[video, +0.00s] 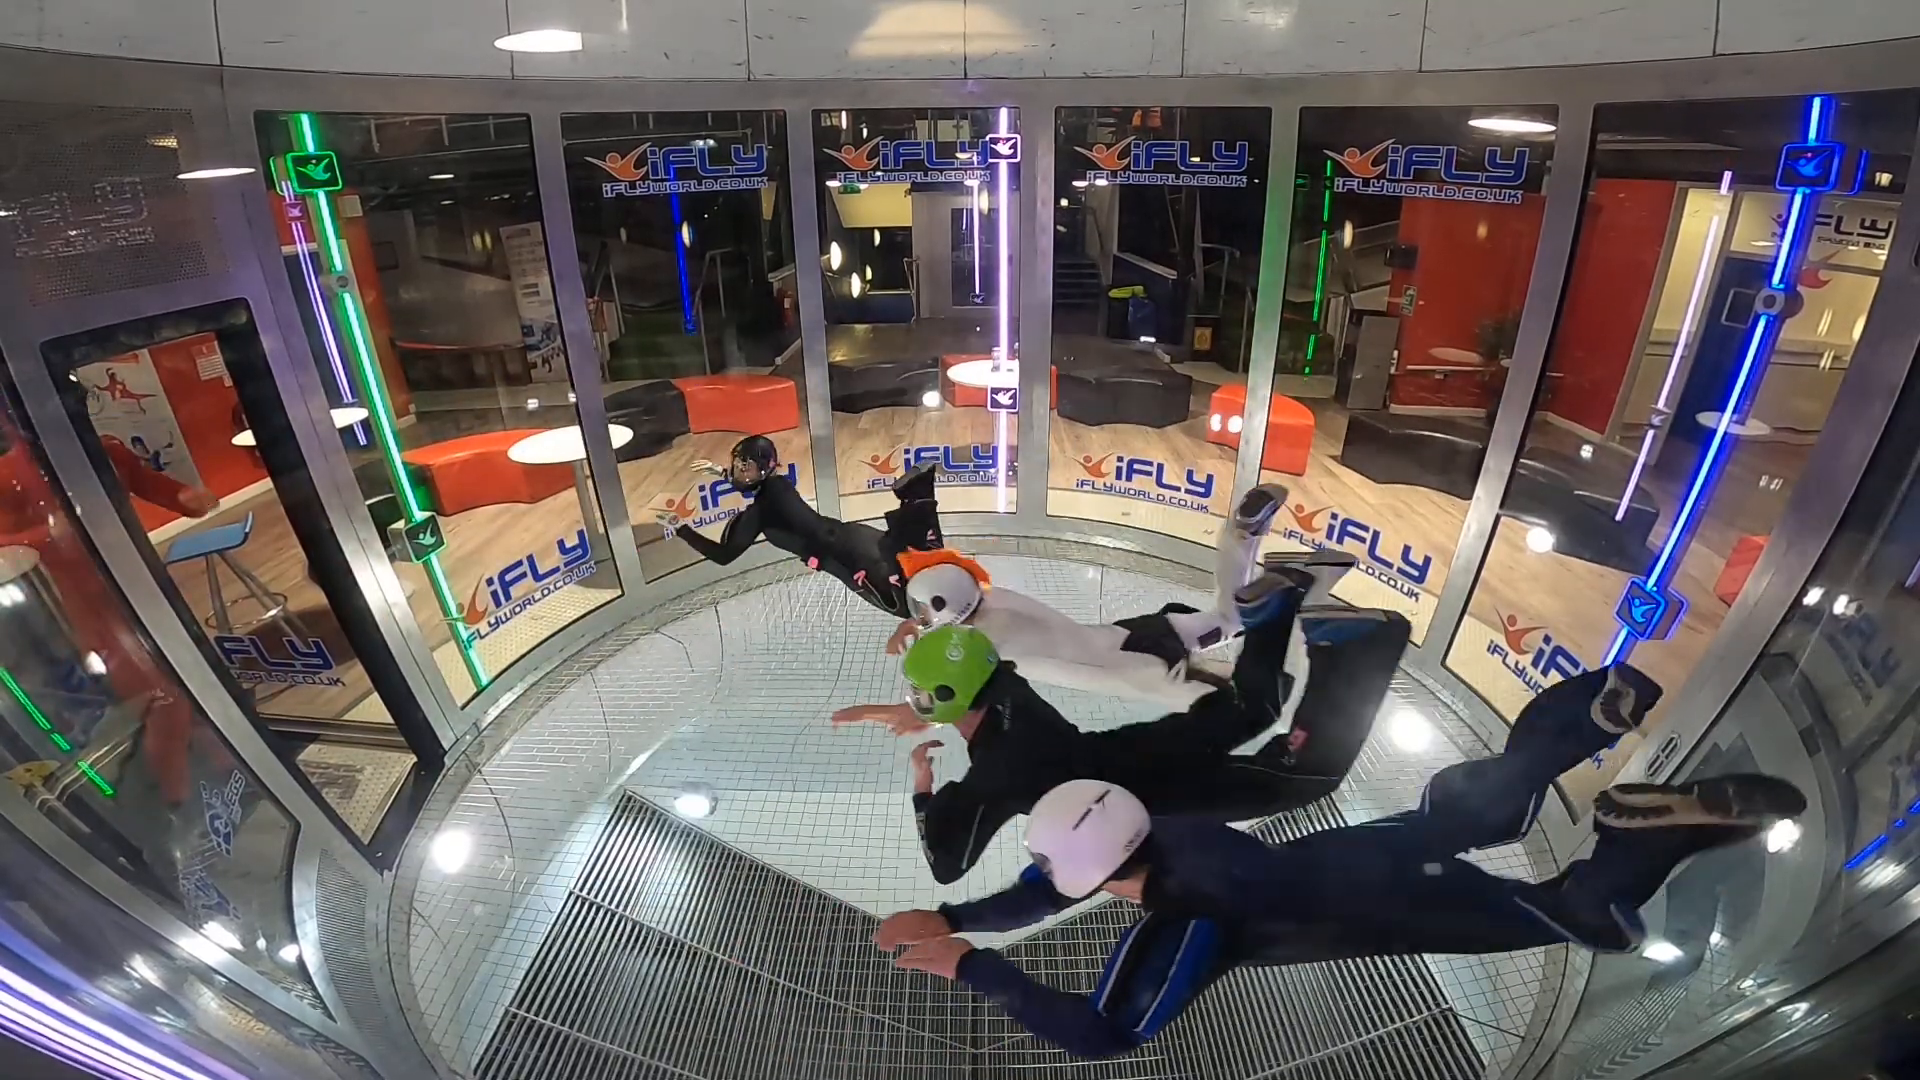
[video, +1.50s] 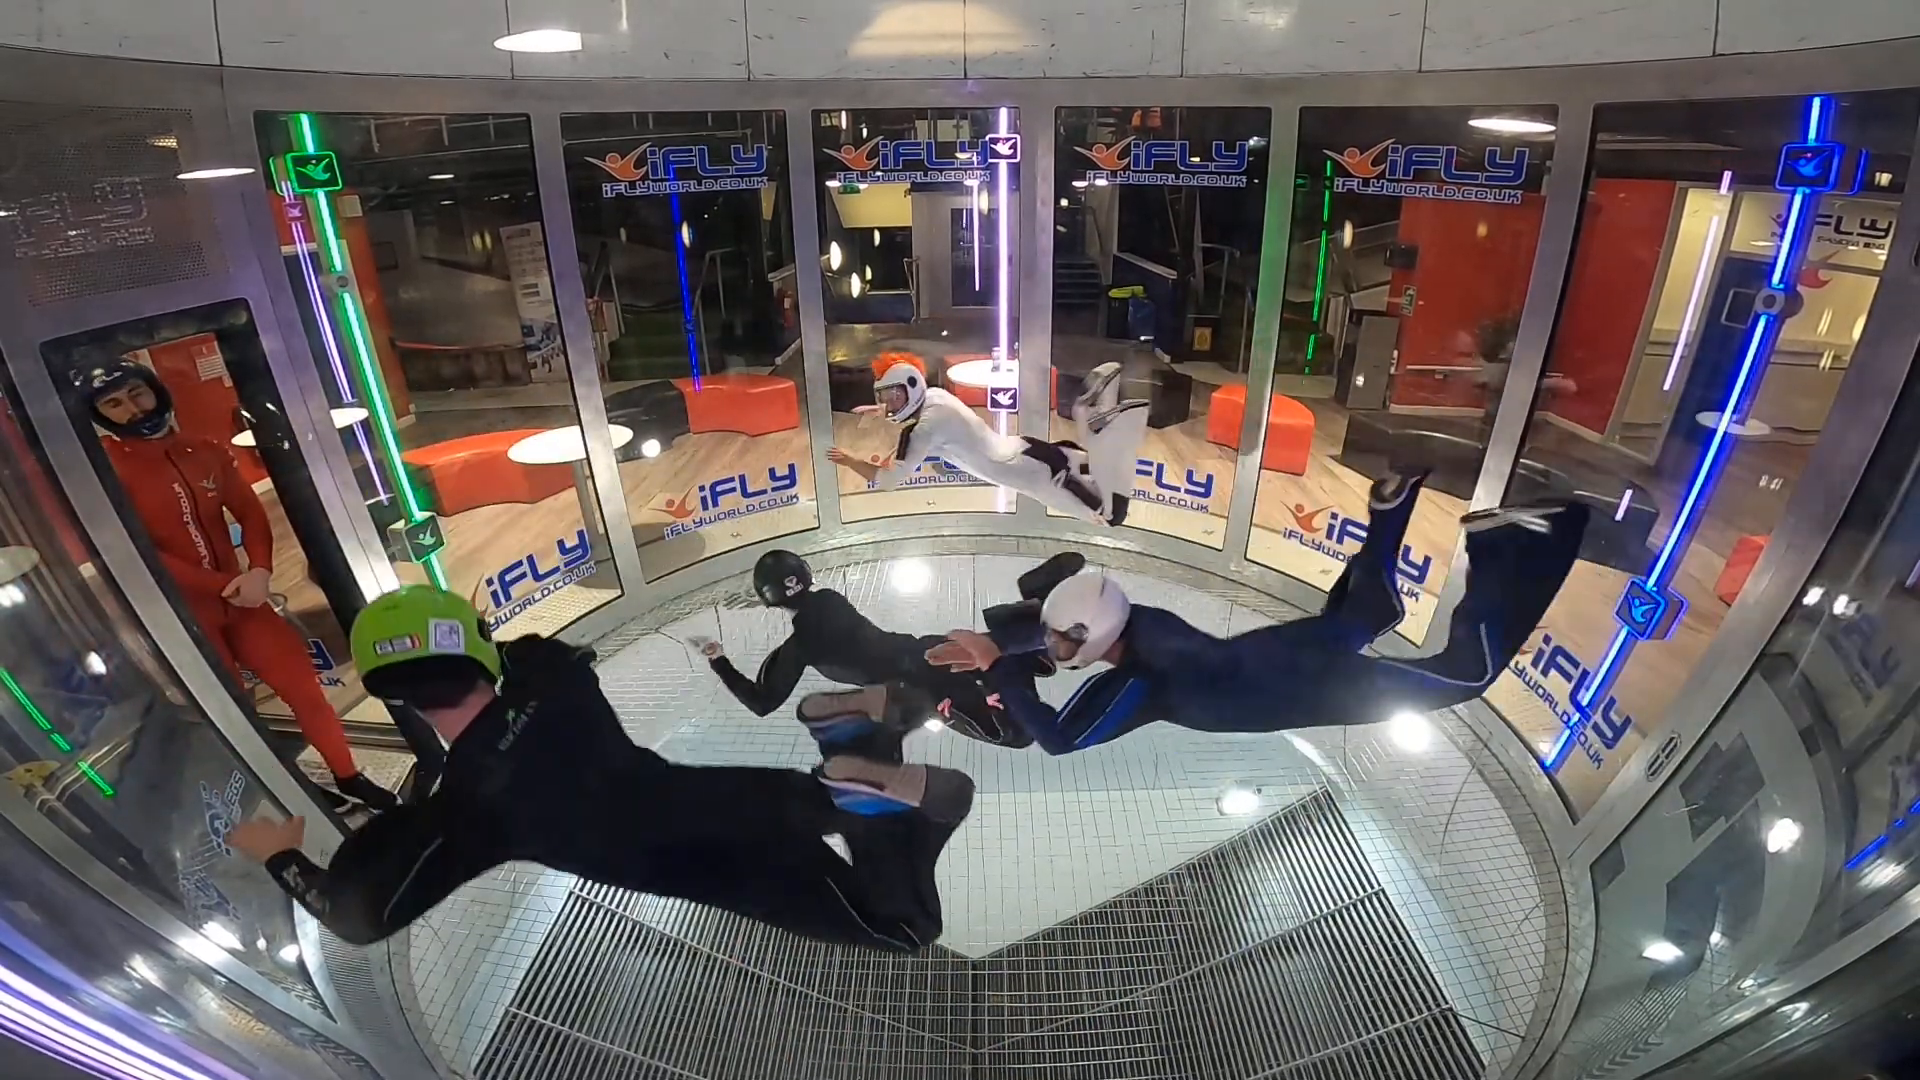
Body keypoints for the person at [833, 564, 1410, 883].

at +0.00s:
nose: (924, 709)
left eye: (929, 701)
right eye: (926, 696)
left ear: (952, 709)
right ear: (974, 674)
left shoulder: (987, 777)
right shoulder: (1004, 686)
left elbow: (946, 864)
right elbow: (949, 704)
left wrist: (924, 792)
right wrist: (894, 712)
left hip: (1139, 804)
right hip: (1133, 748)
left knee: (1296, 779)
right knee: (1248, 703)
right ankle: (1286, 601)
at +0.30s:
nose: (773, 625)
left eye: (776, 617)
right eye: (771, 614)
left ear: (795, 621)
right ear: (829, 580)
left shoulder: (857, 700)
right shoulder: (863, 596)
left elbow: (820, 802)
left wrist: (789, 729)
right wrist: (774, 618)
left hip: (1038, 706)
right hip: (1021, 657)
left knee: (1181, 682)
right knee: (1114, 618)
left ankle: (1200, 549)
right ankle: (1109, 524)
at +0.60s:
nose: (604, 569)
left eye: (604, 557)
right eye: (597, 557)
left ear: (636, 552)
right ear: (667, 515)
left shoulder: (694, 634)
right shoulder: (712, 536)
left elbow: (631, 750)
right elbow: (651, 573)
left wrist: (561, 683)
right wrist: (588, 554)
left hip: (894, 657)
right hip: (890, 601)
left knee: (1053, 657)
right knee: (979, 572)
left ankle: (1037, 522)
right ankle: (979, 500)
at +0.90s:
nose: (466, 536)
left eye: (458, 519)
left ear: (474, 519)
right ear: (546, 474)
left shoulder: (558, 601)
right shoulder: (601, 523)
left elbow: (468, 728)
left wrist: (432, 642)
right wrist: (489, 635)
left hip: (811, 662)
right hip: (809, 608)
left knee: (942, 688)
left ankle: (989, 540)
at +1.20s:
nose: (381, 580)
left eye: (379, 568)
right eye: (389, 562)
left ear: (395, 574)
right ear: (458, 527)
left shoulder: (461, 683)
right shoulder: (526, 557)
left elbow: (357, 800)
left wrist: (281, 757)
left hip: (708, 741)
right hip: (715, 668)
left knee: (877, 797)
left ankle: (915, 671)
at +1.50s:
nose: (409, 707)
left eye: (402, 693)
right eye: (406, 690)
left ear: (401, 703)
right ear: (478, 646)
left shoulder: (468, 806)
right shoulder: (550, 667)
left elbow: (361, 912)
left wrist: (289, 855)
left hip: (726, 865)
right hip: (742, 791)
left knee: (901, 926)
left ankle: (875, 810)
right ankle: (857, 741)